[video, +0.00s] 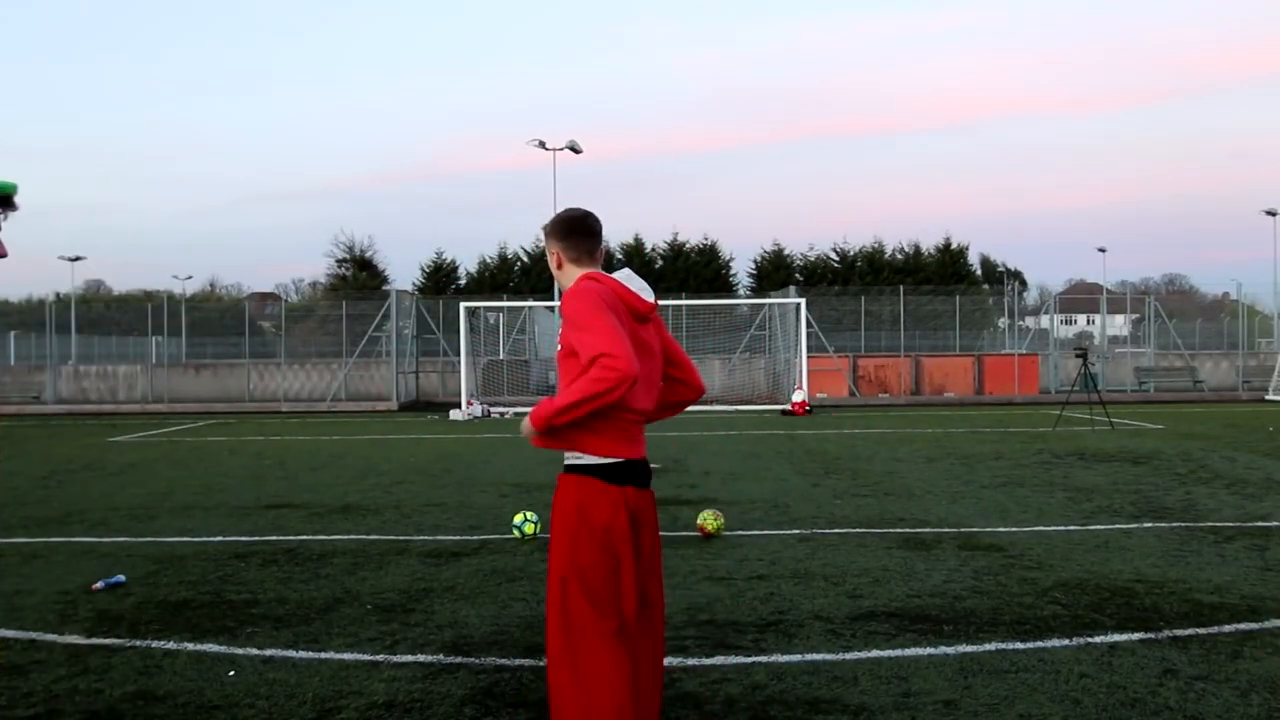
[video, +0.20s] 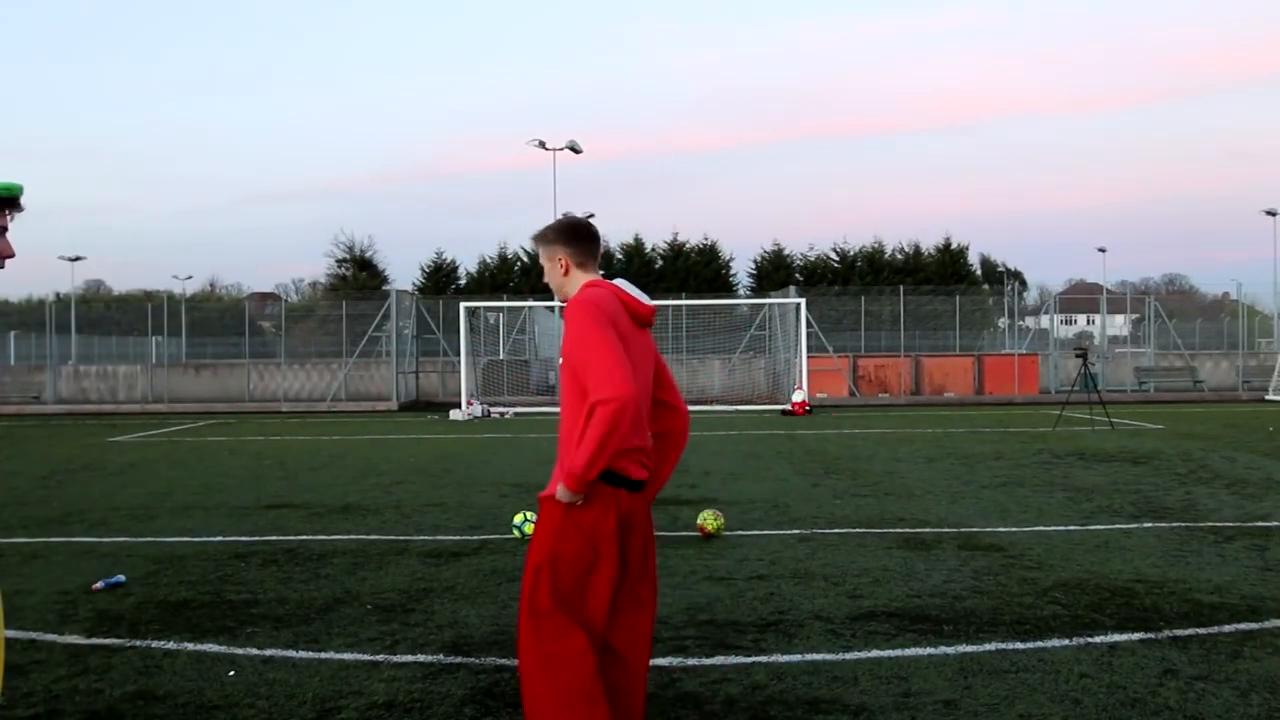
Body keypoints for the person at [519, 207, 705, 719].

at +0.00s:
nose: (550, 266)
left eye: (547, 258)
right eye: (549, 259)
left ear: (554, 257)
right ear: (602, 253)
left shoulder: (583, 296)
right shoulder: (632, 299)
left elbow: (614, 370)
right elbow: (686, 384)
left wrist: (542, 417)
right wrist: (621, 412)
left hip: (591, 486)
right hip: (634, 485)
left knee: (587, 631)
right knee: (635, 626)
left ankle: (596, 715)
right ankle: (635, 713)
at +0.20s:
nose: (546, 279)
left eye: (545, 267)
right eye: (544, 268)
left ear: (562, 263)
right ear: (591, 261)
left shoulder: (586, 309)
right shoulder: (626, 313)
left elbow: (616, 395)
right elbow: (673, 417)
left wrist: (574, 479)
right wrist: (639, 487)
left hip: (586, 504)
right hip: (628, 504)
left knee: (550, 634)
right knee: (621, 641)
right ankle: (620, 715)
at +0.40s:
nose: (524, 273)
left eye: (530, 260)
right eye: (524, 262)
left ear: (563, 259)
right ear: (570, 261)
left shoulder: (582, 306)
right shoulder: (608, 309)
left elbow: (625, 396)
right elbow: (661, 409)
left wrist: (588, 477)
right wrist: (639, 488)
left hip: (574, 503)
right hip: (617, 504)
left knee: (529, 640)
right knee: (614, 645)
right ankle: (618, 715)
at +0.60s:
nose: (506, 272)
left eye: (514, 260)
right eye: (504, 262)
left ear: (549, 258)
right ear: (554, 262)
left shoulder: (560, 310)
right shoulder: (584, 310)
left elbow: (609, 393)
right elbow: (642, 394)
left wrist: (557, 465)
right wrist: (627, 469)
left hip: (555, 508)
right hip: (599, 507)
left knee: (524, 648)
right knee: (602, 651)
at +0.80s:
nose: (480, 269)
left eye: (488, 256)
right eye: (478, 258)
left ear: (524, 256)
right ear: (528, 260)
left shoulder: (533, 311)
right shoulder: (558, 309)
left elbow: (582, 400)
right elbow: (614, 393)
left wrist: (540, 474)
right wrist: (600, 471)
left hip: (523, 512)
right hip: (565, 509)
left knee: (505, 648)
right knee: (571, 648)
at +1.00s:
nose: (450, 270)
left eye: (459, 257)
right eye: (449, 259)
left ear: (495, 258)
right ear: (497, 261)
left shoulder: (513, 313)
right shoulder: (530, 309)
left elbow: (564, 409)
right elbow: (583, 402)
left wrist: (525, 493)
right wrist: (551, 483)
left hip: (506, 507)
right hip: (535, 507)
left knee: (489, 642)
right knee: (535, 635)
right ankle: (566, 706)